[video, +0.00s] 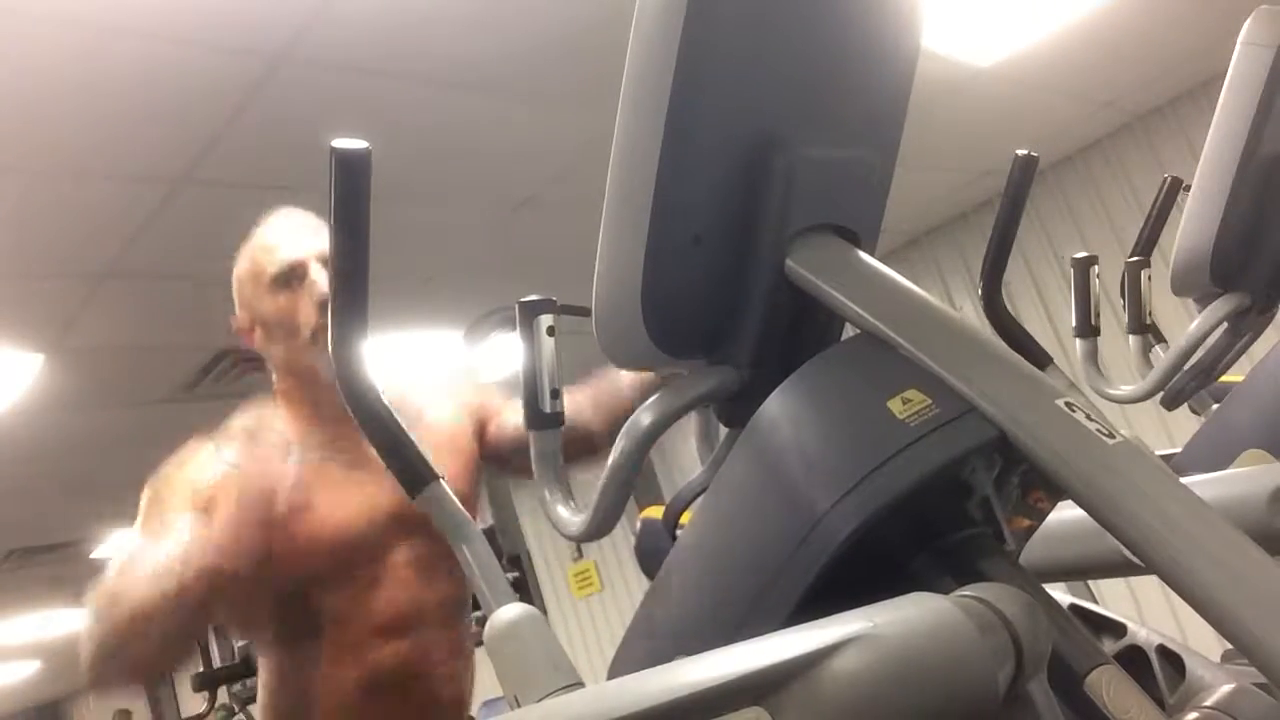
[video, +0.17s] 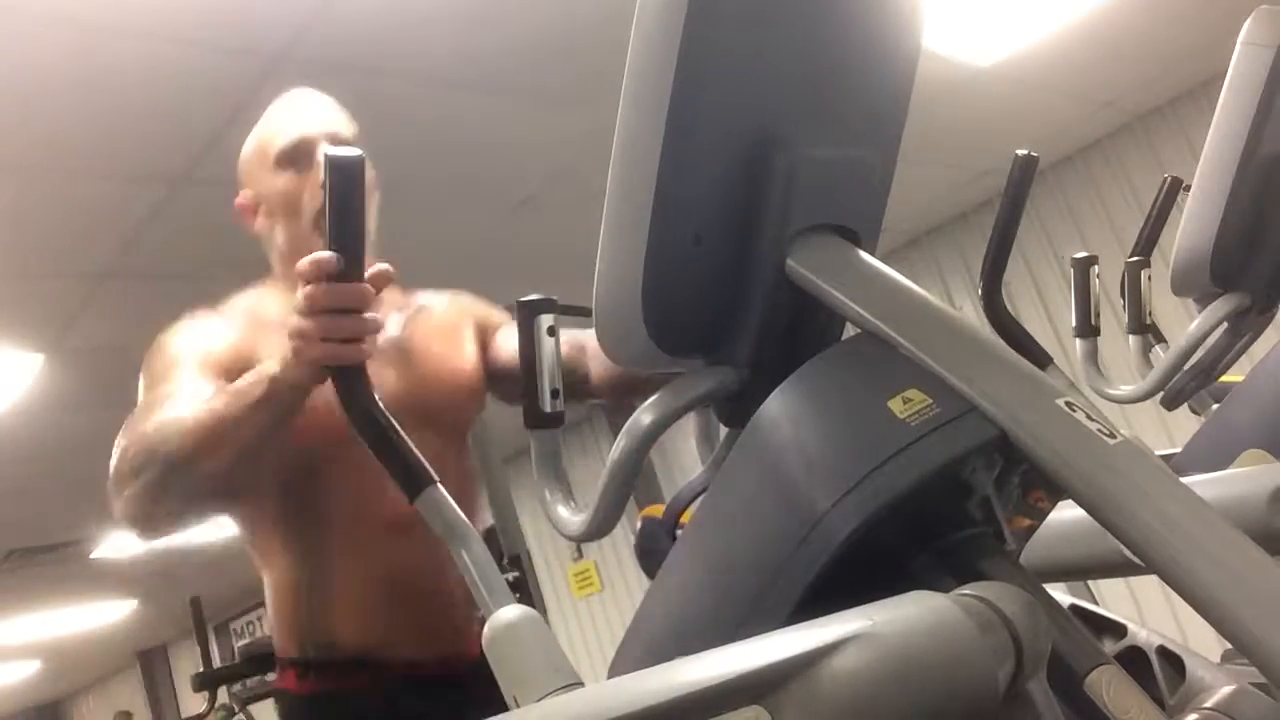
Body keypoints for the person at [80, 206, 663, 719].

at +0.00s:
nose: (326, 288)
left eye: (335, 266)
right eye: (291, 277)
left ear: (358, 281)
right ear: (248, 328)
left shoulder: (445, 400)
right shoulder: (219, 469)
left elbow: (572, 418)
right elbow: (113, 656)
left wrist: (681, 361)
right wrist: (219, 557)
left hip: (448, 707)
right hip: (317, 711)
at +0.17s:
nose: (333, 171)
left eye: (349, 153)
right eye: (298, 158)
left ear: (374, 182)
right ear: (251, 209)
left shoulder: (453, 317)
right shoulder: (210, 340)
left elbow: (589, 363)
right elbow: (141, 498)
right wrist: (285, 377)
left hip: (473, 676)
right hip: (334, 687)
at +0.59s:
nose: (420, 126)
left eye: (439, 107)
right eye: (386, 109)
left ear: (465, 144)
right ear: (338, 155)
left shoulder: (516, 301)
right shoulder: (268, 287)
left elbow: (650, 376)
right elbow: (149, 457)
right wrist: (291, 382)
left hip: (528, 615)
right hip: (386, 658)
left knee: (686, 691)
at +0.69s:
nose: (442, 103)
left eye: (459, 88)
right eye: (409, 88)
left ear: (483, 128)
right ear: (360, 133)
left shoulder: (532, 284)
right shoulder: (286, 253)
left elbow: (641, 387)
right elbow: (167, 407)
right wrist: (289, 376)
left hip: (533, 597)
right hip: (394, 635)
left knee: (688, 683)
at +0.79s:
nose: (440, 76)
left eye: (457, 63)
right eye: (409, 61)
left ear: (481, 105)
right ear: (364, 106)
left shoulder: (534, 262)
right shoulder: (296, 226)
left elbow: (641, 360)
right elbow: (198, 369)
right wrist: (284, 367)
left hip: (535, 567)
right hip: (396, 595)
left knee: (671, 677)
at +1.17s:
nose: (379, 35)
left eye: (394, 22)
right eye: (348, 28)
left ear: (424, 60)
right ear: (318, 81)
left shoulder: (515, 198)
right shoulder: (289, 193)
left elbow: (620, 285)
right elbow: (258, 261)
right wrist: (298, 298)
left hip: (543, 459)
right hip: (411, 482)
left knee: (628, 678)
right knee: (458, 704)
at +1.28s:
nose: (372, 36)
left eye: (386, 22)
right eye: (341, 31)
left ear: (416, 60)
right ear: (312, 84)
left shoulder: (510, 192)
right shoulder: (283, 194)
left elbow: (617, 281)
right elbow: (267, 262)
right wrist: (304, 299)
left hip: (545, 446)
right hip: (414, 473)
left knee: (629, 676)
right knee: (457, 703)